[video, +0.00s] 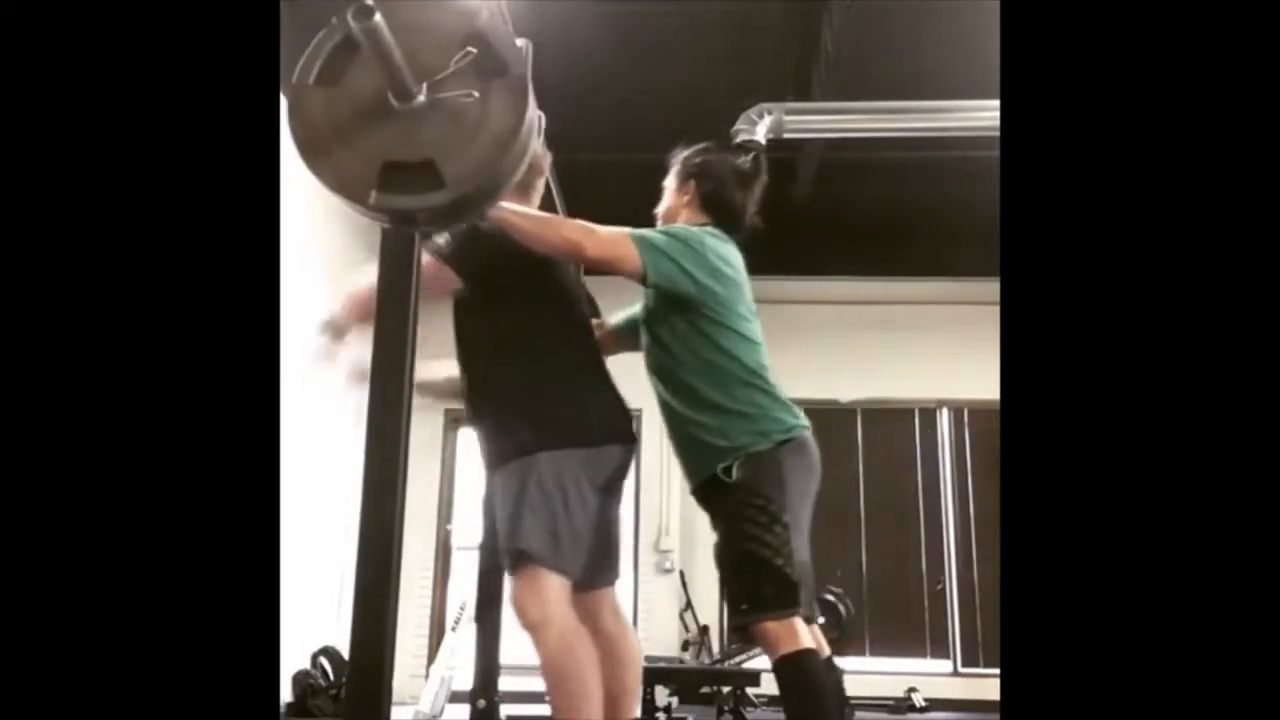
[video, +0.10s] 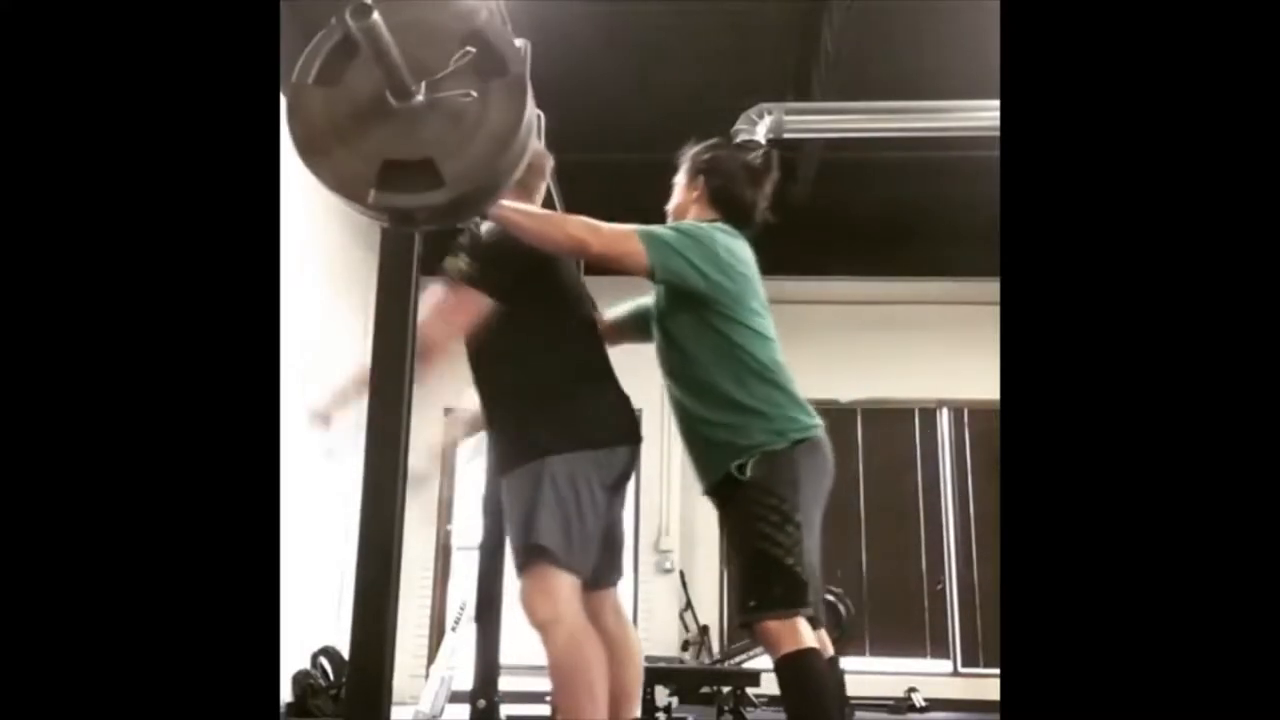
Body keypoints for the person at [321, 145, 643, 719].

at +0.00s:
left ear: (476, 172)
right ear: (542, 173)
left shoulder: (485, 236)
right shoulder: (552, 244)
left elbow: (399, 286)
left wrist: (344, 316)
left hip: (547, 442)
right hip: (598, 435)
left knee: (541, 602)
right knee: (596, 602)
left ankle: (582, 716)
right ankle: (623, 715)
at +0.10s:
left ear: (479, 176)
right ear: (539, 178)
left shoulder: (497, 240)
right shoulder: (549, 245)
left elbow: (430, 339)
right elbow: (549, 371)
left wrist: (341, 395)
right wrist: (465, 422)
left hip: (556, 443)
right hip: (603, 435)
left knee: (551, 604)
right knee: (600, 603)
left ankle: (585, 716)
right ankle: (624, 716)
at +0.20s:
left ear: (486, 178)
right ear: (544, 177)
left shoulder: (503, 245)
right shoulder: (548, 247)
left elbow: (473, 351)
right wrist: (506, 482)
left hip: (558, 444)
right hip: (599, 438)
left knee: (555, 602)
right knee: (599, 605)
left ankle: (586, 716)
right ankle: (623, 714)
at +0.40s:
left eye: (495, 155)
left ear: (498, 176)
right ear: (543, 170)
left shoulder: (521, 239)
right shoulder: (533, 241)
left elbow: (550, 339)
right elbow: (554, 340)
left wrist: (582, 444)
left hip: (548, 453)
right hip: (581, 444)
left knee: (552, 602)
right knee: (596, 608)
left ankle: (587, 712)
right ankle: (622, 712)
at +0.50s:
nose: (486, 179)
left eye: (497, 163)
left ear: (509, 176)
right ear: (542, 171)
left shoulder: (533, 235)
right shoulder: (520, 244)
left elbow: (561, 319)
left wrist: (590, 432)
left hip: (551, 451)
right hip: (558, 450)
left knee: (555, 599)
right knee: (586, 605)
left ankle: (588, 713)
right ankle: (619, 711)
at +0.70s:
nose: (491, 187)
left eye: (505, 171)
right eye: (487, 173)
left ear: (538, 171)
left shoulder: (552, 229)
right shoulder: (512, 252)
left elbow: (560, 312)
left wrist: (513, 420)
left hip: (578, 433)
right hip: (530, 435)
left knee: (562, 595)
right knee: (508, 590)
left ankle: (596, 714)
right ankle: (576, 707)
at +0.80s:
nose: (490, 187)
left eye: (506, 169)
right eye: (485, 174)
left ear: (542, 174)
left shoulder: (559, 227)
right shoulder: (515, 262)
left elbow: (567, 311)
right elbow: (515, 380)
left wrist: (476, 400)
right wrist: (455, 444)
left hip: (573, 443)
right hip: (521, 450)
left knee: (561, 596)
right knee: (510, 599)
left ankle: (595, 715)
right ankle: (561, 713)